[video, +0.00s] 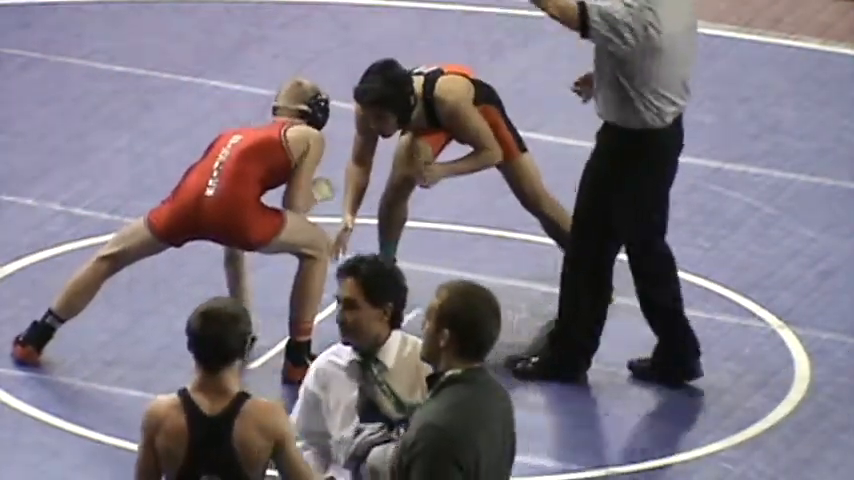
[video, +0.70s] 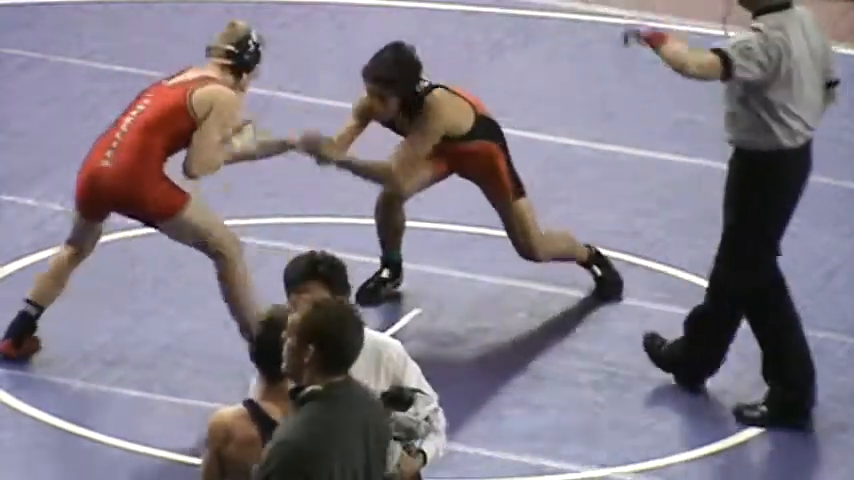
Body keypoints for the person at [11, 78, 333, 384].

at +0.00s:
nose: (321, 131)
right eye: (323, 123)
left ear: (278, 111)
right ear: (316, 117)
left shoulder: (238, 135)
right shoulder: (311, 136)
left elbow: (234, 239)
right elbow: (294, 209)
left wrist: (241, 319)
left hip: (182, 211)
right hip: (239, 218)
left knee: (108, 259)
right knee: (319, 246)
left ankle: (34, 339)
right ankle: (298, 358)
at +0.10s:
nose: (319, 130)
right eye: (321, 122)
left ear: (278, 108)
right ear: (316, 115)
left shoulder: (237, 133)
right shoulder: (310, 135)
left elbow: (226, 239)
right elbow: (293, 209)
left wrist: (247, 302)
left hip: (182, 210)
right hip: (239, 218)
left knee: (106, 261)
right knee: (316, 245)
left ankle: (34, 339)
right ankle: (297, 361)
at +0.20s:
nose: (318, 127)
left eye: (283, 99)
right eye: (322, 119)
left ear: (280, 106)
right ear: (316, 113)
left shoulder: (238, 129)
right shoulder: (310, 136)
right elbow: (291, 208)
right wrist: (289, 248)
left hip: (182, 209)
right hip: (238, 219)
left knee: (108, 260)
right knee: (314, 245)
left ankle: (35, 338)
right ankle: (300, 351)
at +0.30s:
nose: (322, 124)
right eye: (325, 115)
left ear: (283, 98)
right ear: (319, 110)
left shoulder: (242, 122)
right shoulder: (310, 136)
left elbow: (206, 176)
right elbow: (292, 205)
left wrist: (281, 191)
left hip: (182, 206)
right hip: (237, 218)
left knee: (108, 259)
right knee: (313, 245)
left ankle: (36, 337)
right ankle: (299, 343)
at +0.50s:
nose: (317, 107)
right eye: (316, 100)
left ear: (276, 93)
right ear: (310, 104)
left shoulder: (252, 107)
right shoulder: (295, 135)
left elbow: (308, 118)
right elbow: (267, 212)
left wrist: (363, 103)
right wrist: (292, 188)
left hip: (155, 204)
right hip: (205, 217)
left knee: (107, 254)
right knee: (292, 243)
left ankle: (38, 323)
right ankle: (294, 342)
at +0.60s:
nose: (283, 94)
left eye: (274, 84)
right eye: (284, 87)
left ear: (245, 75)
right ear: (279, 89)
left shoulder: (219, 95)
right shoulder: (259, 122)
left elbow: (287, 114)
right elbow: (232, 200)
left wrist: (350, 102)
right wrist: (266, 169)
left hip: (124, 195)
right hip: (174, 206)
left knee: (93, 252)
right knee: (260, 249)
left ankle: (22, 327)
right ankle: (284, 350)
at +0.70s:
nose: (250, 82)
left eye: (251, 75)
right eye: (253, 74)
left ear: (215, 56)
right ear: (247, 70)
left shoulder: (185, 77)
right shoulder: (225, 95)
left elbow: (218, 149)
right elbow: (197, 166)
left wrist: (287, 145)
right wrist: (233, 142)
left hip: (93, 173)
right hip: (136, 181)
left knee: (74, 249)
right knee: (227, 250)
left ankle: (18, 330)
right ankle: (264, 349)